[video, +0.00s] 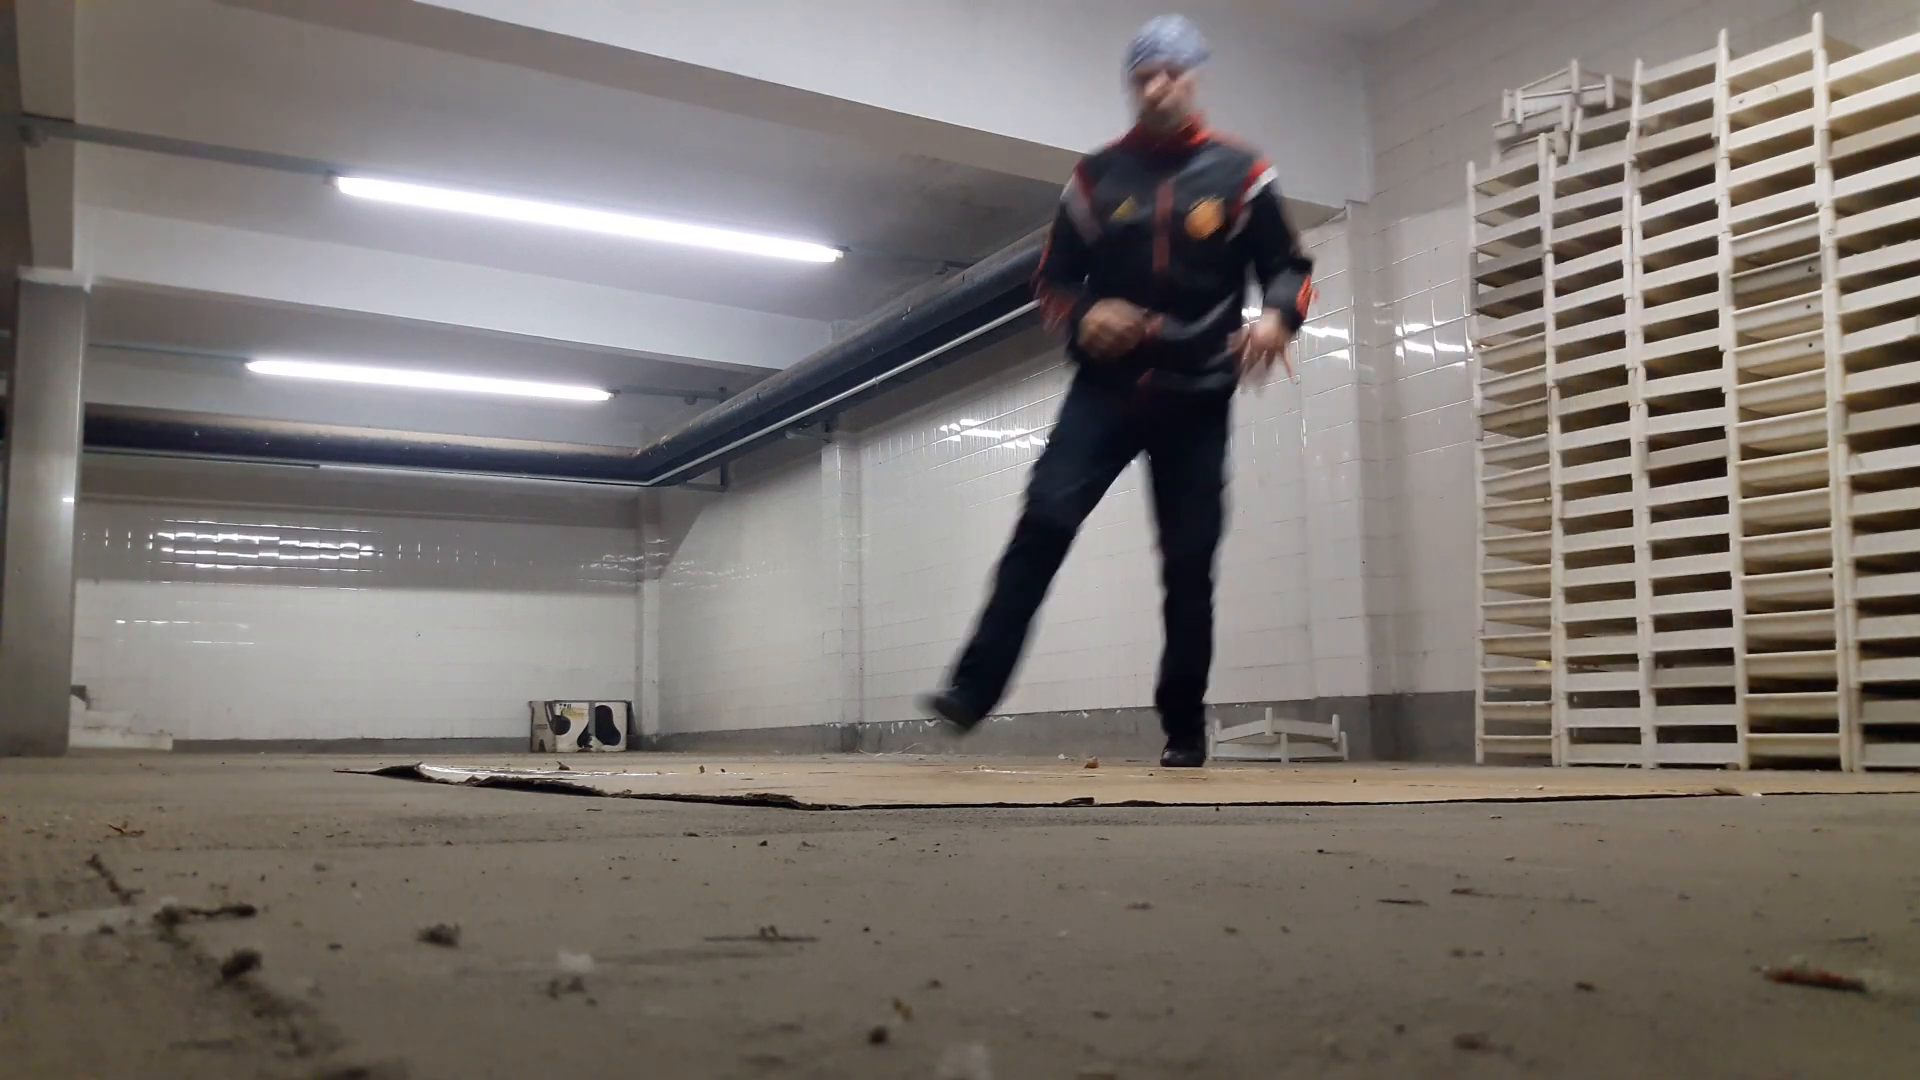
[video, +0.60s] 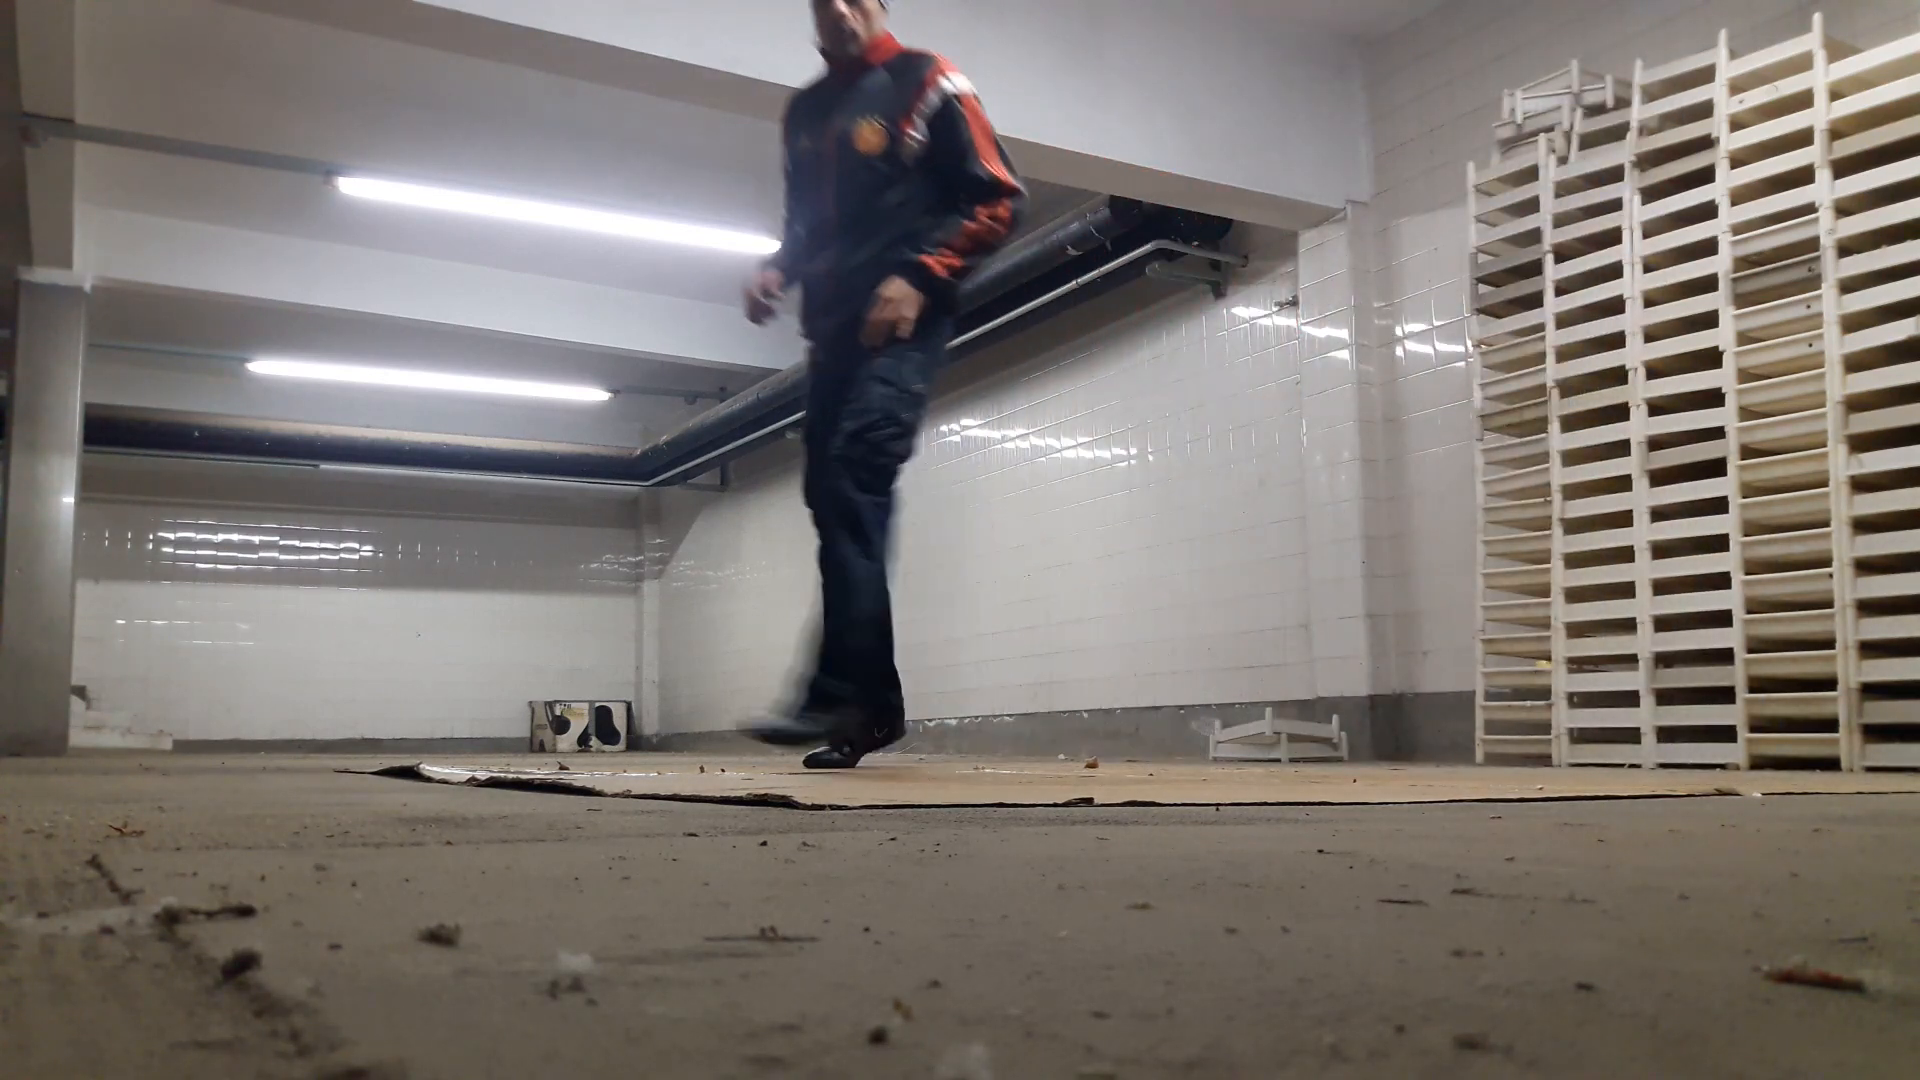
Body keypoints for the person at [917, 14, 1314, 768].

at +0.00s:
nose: (1159, 89)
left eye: (1172, 75)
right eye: (1145, 79)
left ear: (1198, 79)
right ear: (1130, 89)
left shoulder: (1240, 172)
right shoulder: (1097, 175)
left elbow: (1288, 266)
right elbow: (1052, 281)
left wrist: (1277, 317)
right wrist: (1084, 317)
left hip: (1195, 396)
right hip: (1106, 390)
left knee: (1190, 569)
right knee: (1044, 520)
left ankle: (1183, 728)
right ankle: (970, 692)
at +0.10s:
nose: (1094, 134)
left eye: (1106, 120)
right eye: (1081, 124)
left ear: (1131, 123)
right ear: (1068, 134)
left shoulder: (1186, 207)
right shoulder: (1044, 227)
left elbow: (1251, 297)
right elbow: (1019, 333)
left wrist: (1260, 373)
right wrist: (1032, 356)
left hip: (1153, 441)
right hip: (1064, 436)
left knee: (1162, 596)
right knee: (997, 557)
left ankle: (1182, 735)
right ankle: (908, 716)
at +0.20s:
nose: (1022, 128)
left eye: (1034, 114)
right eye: (1010, 118)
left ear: (1063, 117)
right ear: (1000, 128)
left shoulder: (1119, 188)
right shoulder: (986, 219)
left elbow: (1196, 287)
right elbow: (973, 324)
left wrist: (1189, 376)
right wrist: (974, 348)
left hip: (1100, 434)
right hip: (1014, 431)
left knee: (1134, 590)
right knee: (952, 556)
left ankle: (1181, 729)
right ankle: (889, 724)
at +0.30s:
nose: (955, 108)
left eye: (967, 94)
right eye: (943, 98)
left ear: (996, 94)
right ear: (931, 107)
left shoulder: (1051, 165)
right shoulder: (928, 193)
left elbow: (1128, 272)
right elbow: (927, 286)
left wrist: (1086, 370)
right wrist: (914, 336)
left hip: (1034, 404)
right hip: (953, 404)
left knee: (1062, 559)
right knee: (905, 547)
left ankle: (1145, 681)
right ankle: (879, 728)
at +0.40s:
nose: (906, 93)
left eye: (919, 78)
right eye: (893, 81)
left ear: (948, 81)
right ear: (881, 90)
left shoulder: (1001, 153)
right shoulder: (874, 182)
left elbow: (1066, 271)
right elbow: (872, 277)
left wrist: (1012, 354)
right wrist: (855, 334)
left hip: (977, 390)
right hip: (900, 395)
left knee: (977, 524)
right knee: (858, 540)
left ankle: (1066, 655)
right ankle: (875, 730)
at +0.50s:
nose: (868, 56)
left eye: (881, 40)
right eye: (855, 44)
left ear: (911, 44)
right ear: (844, 56)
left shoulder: (962, 120)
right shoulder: (833, 148)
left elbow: (1029, 239)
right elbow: (837, 250)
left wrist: (961, 310)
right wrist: (809, 303)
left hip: (939, 341)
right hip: (861, 351)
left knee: (903, 475)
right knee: (844, 521)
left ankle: (962, 697)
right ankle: (873, 721)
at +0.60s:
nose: (833, 14)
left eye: (846, 1)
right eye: (821, 5)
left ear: (878, 7)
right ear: (812, 18)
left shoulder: (924, 76)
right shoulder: (804, 108)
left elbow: (997, 198)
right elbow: (809, 224)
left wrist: (919, 277)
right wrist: (778, 268)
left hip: (902, 318)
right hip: (832, 327)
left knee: (852, 476)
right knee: (832, 494)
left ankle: (840, 698)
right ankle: (872, 704)